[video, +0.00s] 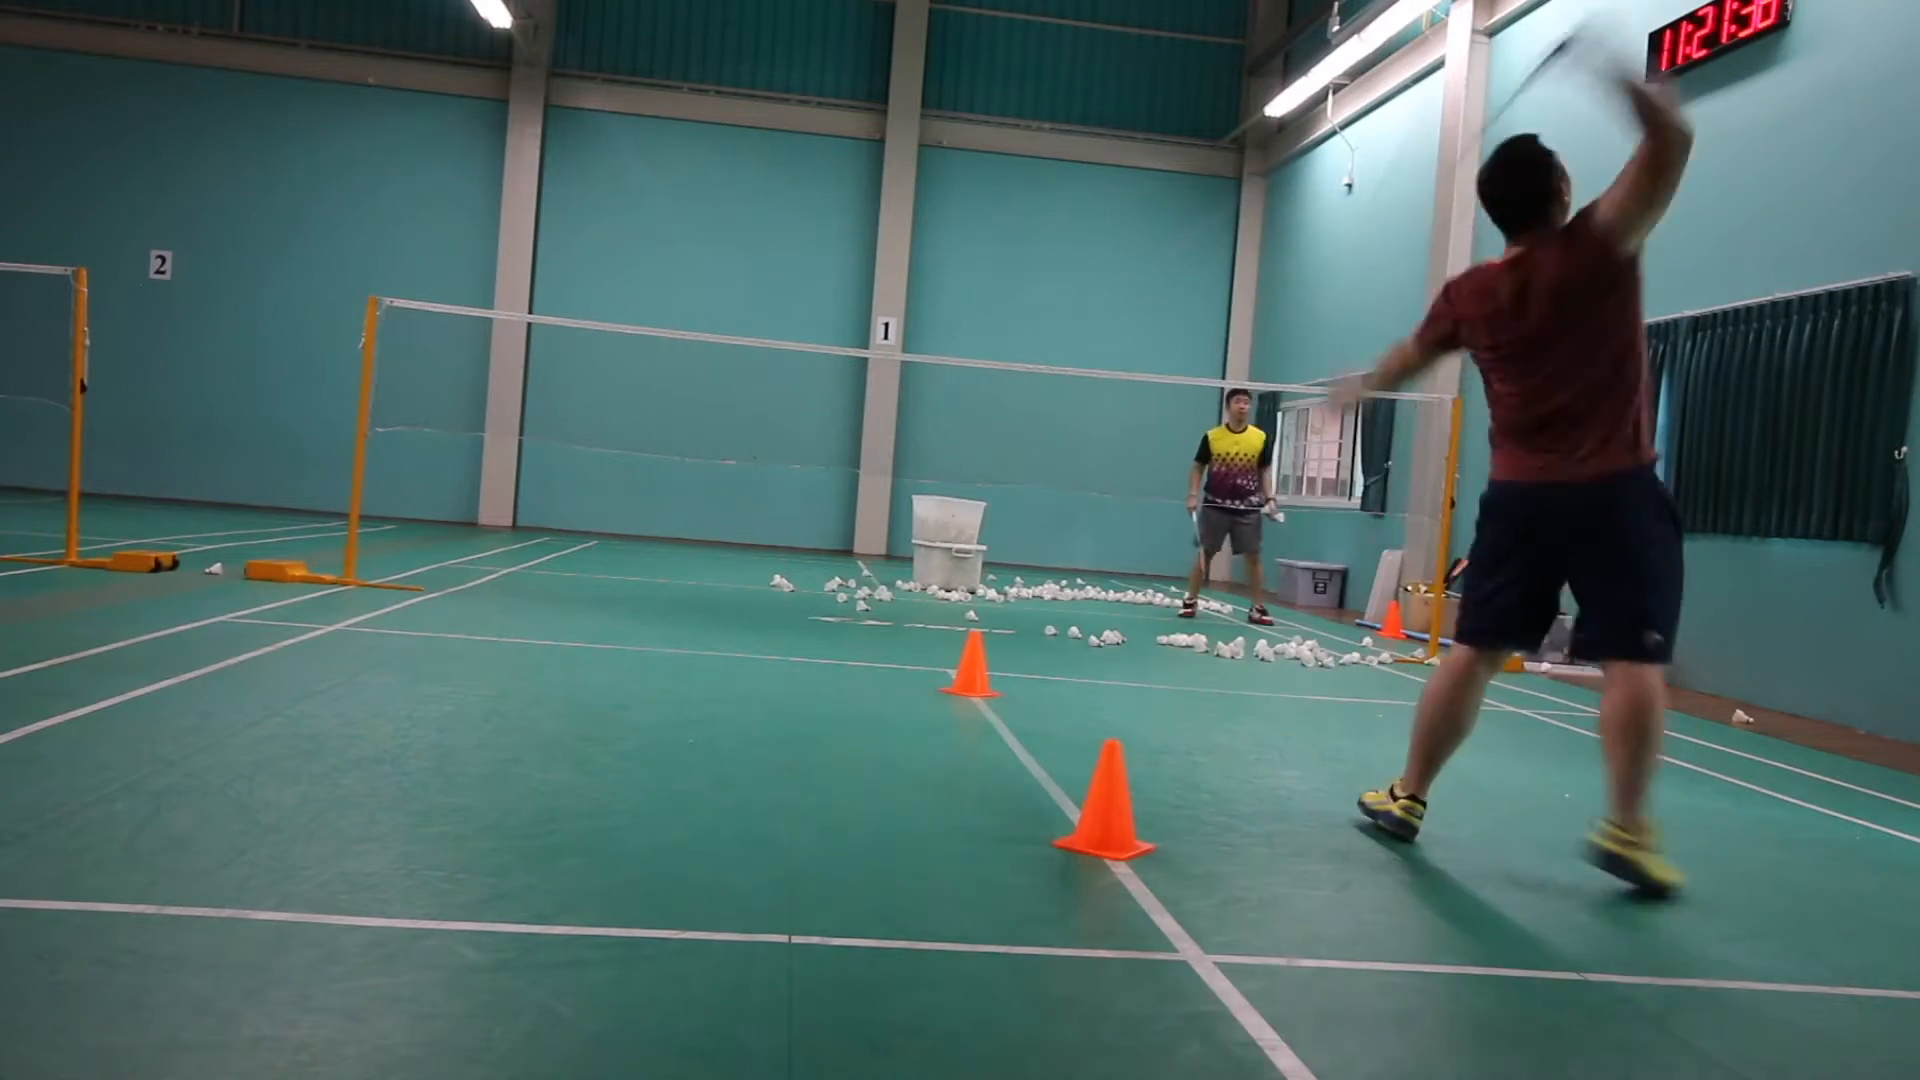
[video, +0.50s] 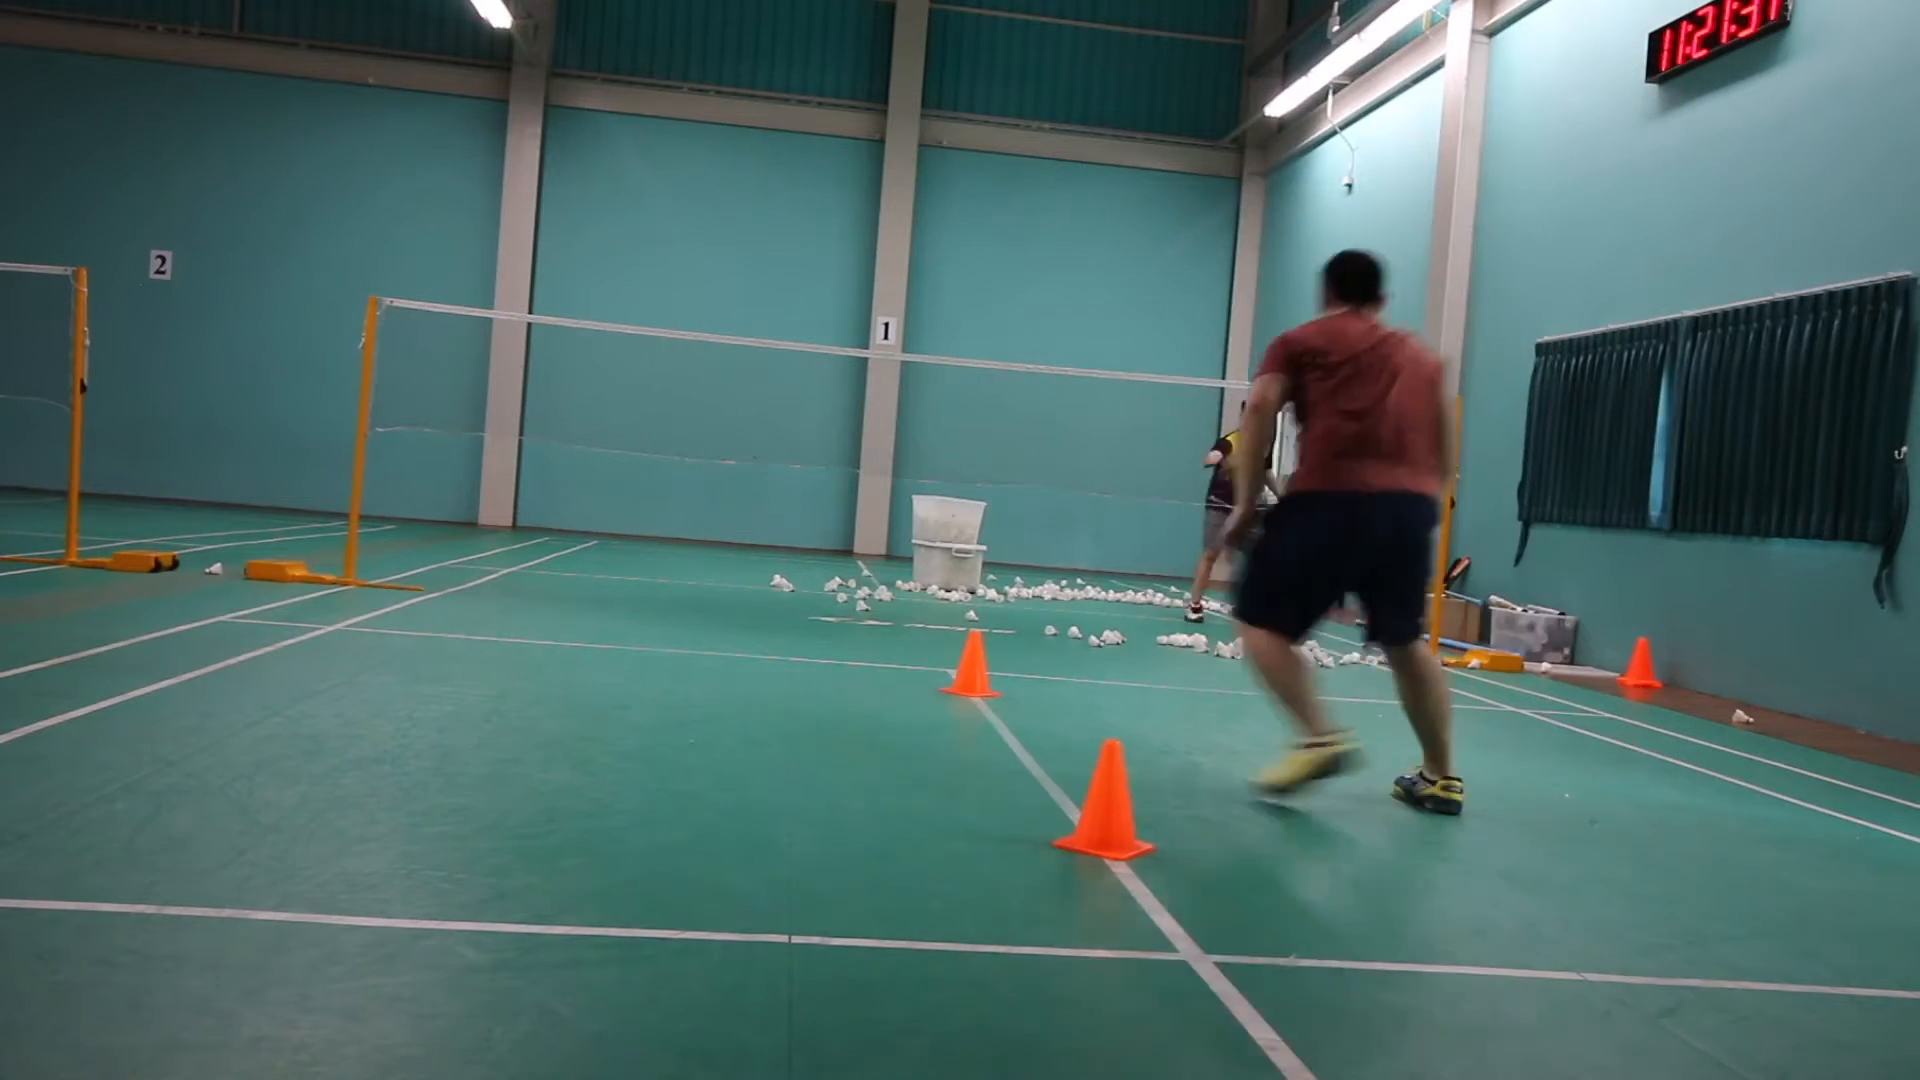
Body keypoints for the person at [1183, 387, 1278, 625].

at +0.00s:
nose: (1242, 407)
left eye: (1246, 403)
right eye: (1238, 402)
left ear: (1250, 408)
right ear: (1228, 406)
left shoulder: (1261, 438)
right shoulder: (1212, 437)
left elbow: (1265, 470)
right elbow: (1198, 467)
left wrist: (1269, 497)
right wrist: (1193, 494)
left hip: (1248, 509)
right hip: (1216, 506)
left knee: (1254, 558)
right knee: (1204, 555)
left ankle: (1258, 607)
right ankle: (1191, 600)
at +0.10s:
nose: (1255, 407)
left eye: (1258, 403)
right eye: (1250, 403)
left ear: (1262, 409)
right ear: (1240, 407)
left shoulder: (1271, 439)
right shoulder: (1224, 437)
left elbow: (1275, 471)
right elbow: (1209, 468)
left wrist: (1285, 499)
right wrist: (1207, 498)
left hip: (1258, 510)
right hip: (1226, 508)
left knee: (1260, 558)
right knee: (1210, 554)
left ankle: (1258, 607)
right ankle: (1192, 599)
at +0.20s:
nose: (1264, 409)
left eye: (1267, 405)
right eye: (1258, 405)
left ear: (1270, 411)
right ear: (1248, 409)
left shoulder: (1277, 440)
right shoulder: (1231, 440)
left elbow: (1283, 472)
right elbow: (1217, 472)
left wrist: (1295, 500)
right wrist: (1221, 502)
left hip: (1263, 512)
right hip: (1233, 509)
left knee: (1263, 559)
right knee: (1215, 553)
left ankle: (1258, 607)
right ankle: (1192, 598)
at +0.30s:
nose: (1267, 413)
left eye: (1270, 409)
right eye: (1262, 408)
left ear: (1274, 413)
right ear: (1252, 412)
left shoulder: (1280, 441)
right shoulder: (1236, 442)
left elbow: (1285, 473)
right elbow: (1221, 475)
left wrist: (1298, 501)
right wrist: (1237, 496)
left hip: (1262, 510)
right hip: (1232, 507)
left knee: (1263, 558)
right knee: (1216, 551)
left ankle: (1258, 608)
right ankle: (1194, 596)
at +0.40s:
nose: (1266, 417)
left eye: (1270, 413)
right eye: (1261, 412)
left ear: (1273, 416)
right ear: (1251, 414)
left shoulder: (1276, 442)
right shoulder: (1235, 441)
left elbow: (1281, 473)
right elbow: (1215, 465)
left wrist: (1294, 498)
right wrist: (1236, 477)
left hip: (1259, 510)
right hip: (1229, 507)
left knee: (1261, 559)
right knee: (1214, 553)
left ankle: (1259, 607)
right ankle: (1194, 600)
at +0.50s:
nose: (1253, 422)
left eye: (1257, 418)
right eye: (1249, 416)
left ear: (1264, 422)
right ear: (1243, 416)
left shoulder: (1263, 444)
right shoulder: (1230, 440)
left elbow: (1267, 472)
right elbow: (1211, 460)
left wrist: (1279, 496)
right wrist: (1230, 459)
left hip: (1247, 507)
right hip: (1219, 505)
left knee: (1259, 555)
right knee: (1211, 554)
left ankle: (1251, 609)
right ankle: (1196, 601)